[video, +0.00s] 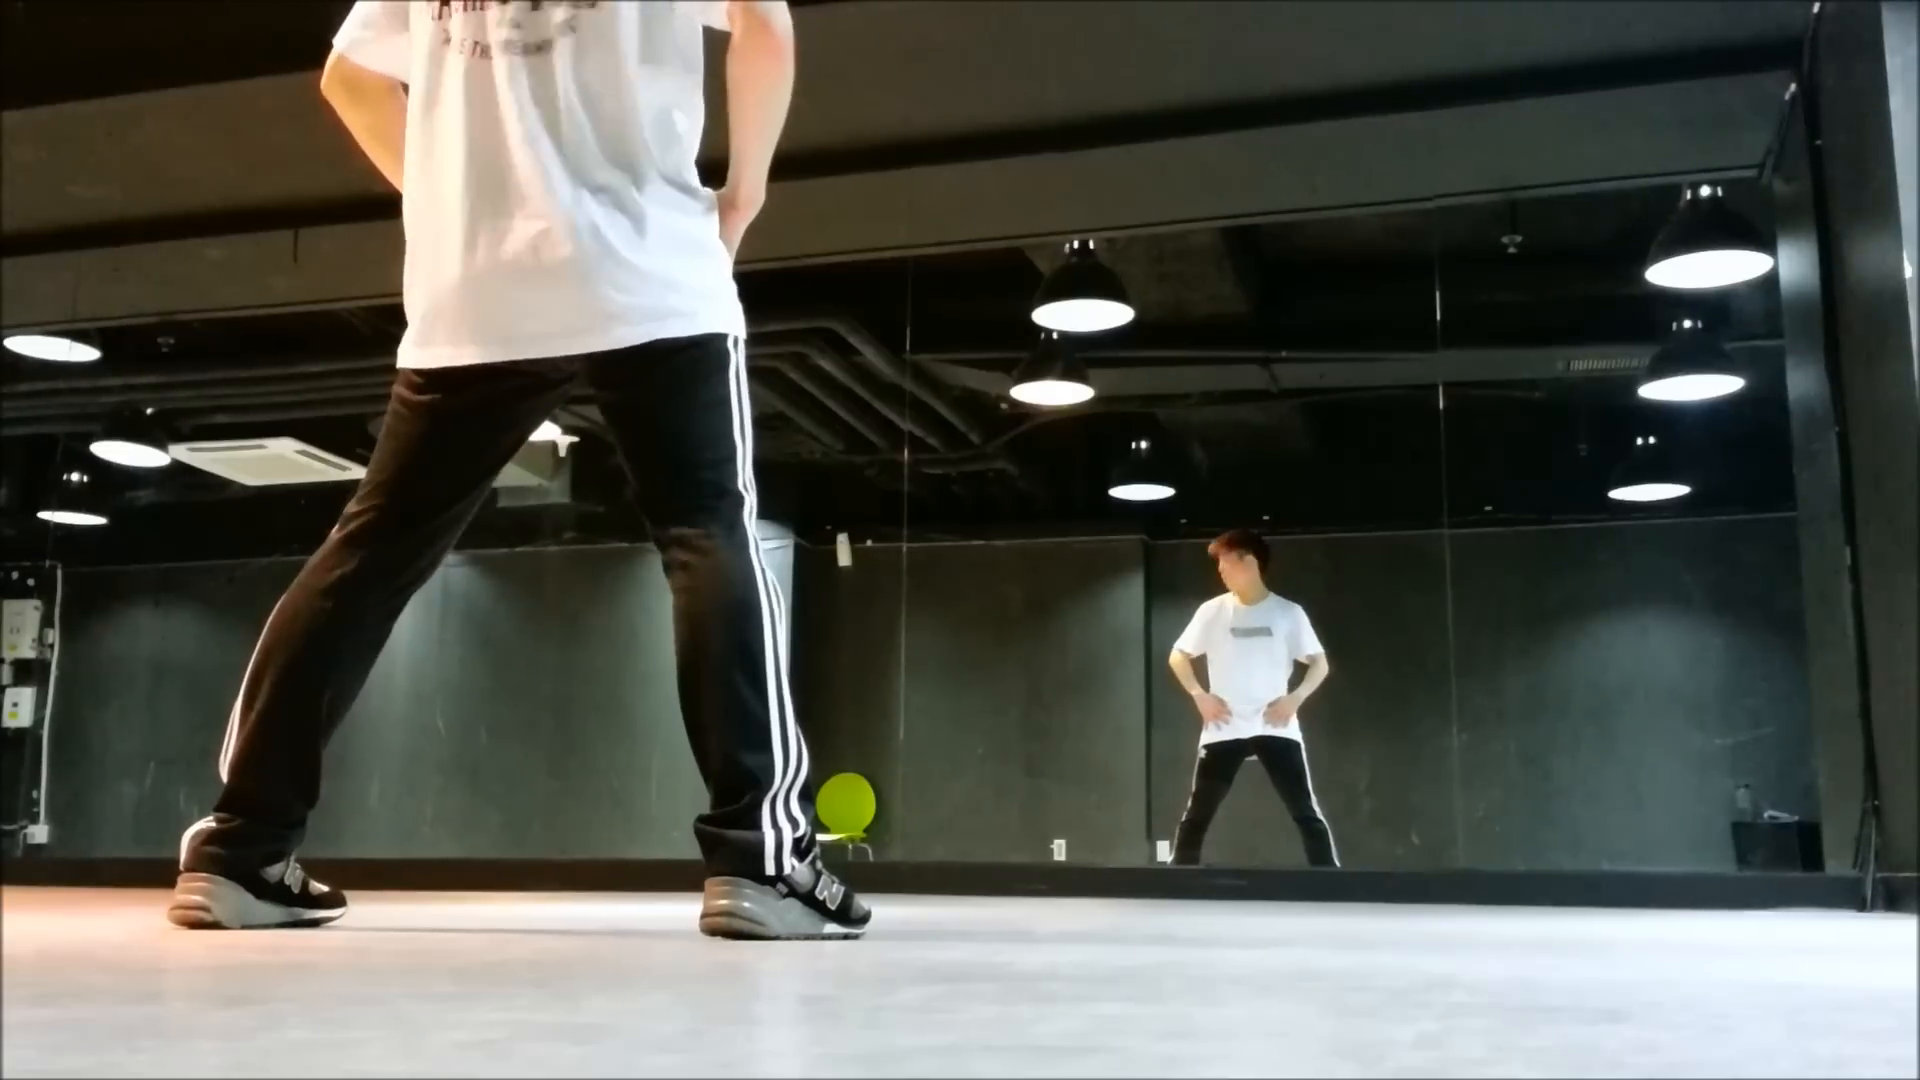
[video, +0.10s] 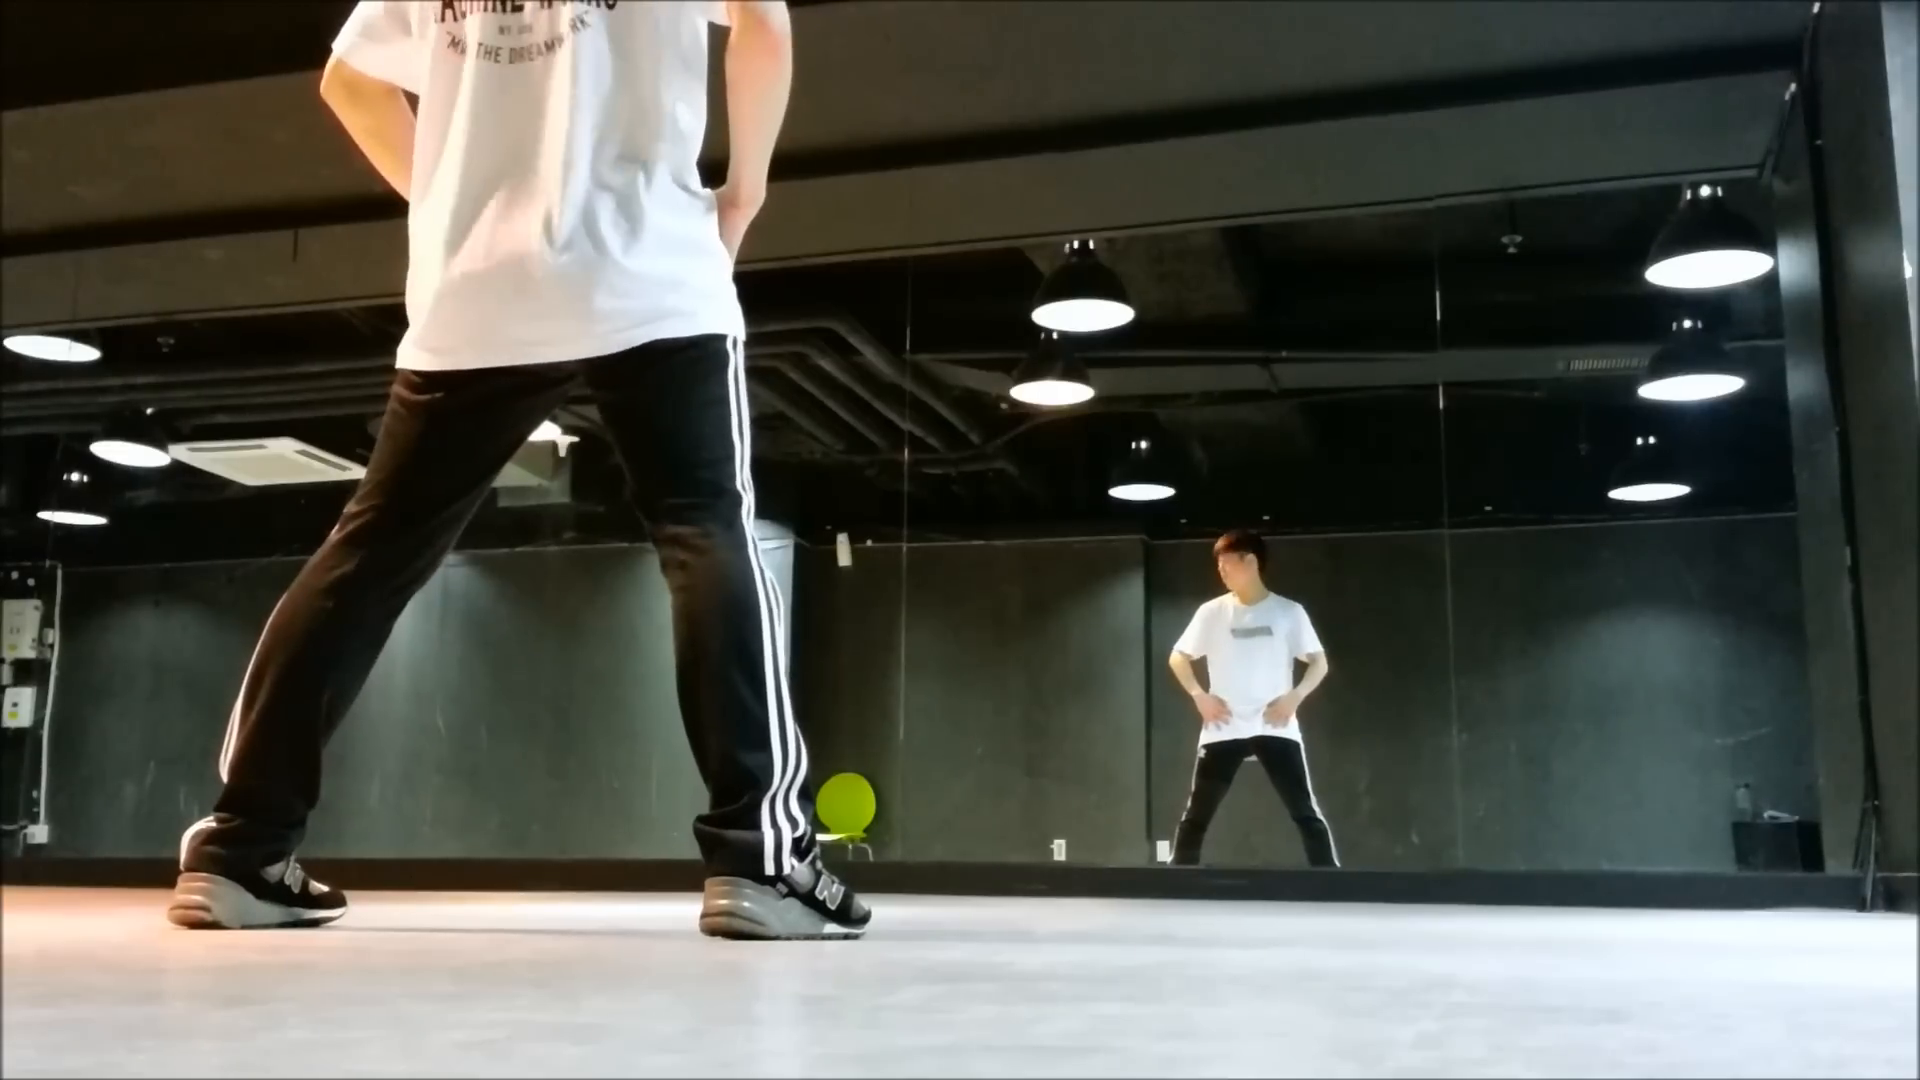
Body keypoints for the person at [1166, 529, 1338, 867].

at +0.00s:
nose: (1219, 570)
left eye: (1225, 562)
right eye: (1219, 563)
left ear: (1250, 561)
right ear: (1235, 565)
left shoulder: (1290, 613)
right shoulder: (1212, 611)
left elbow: (1320, 665)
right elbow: (1178, 656)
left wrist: (1293, 699)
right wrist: (1200, 696)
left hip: (1277, 729)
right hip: (1223, 730)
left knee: (1306, 814)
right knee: (1196, 816)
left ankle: (1333, 889)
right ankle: (1177, 892)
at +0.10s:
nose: (1221, 570)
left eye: (1228, 562)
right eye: (1219, 564)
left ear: (1252, 562)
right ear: (1222, 567)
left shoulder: (1290, 612)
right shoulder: (1211, 612)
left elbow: (1320, 664)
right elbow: (1178, 658)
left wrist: (1293, 698)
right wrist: (1200, 696)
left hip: (1277, 730)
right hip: (1223, 731)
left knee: (1306, 813)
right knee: (1196, 816)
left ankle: (1332, 888)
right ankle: (1177, 891)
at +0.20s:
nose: (1221, 570)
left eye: (1228, 562)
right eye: (1219, 563)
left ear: (1252, 561)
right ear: (1221, 568)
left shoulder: (1290, 612)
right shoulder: (1210, 612)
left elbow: (1320, 664)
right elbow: (1178, 658)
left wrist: (1293, 698)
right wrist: (1200, 696)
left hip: (1277, 730)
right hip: (1223, 731)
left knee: (1306, 813)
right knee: (1196, 815)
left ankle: (1332, 888)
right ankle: (1177, 891)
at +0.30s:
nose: (1221, 570)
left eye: (1228, 562)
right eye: (1219, 564)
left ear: (1252, 561)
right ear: (1221, 568)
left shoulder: (1290, 612)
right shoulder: (1210, 612)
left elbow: (1320, 664)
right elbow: (1178, 658)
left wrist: (1293, 698)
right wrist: (1200, 696)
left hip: (1277, 730)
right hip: (1223, 731)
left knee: (1306, 813)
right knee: (1196, 815)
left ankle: (1332, 888)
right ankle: (1177, 891)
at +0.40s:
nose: (1225, 573)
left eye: (1231, 565)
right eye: (1222, 567)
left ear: (1255, 564)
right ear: (1223, 571)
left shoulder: (1297, 609)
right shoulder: (1216, 613)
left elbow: (1323, 661)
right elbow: (1179, 654)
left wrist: (1292, 699)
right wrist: (1202, 695)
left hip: (1276, 732)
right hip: (1221, 732)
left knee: (1304, 815)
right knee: (1193, 817)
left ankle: (1331, 890)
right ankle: (1177, 893)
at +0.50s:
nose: (1230, 573)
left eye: (1235, 565)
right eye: (1227, 567)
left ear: (1259, 561)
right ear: (1227, 571)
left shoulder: (1302, 605)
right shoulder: (1224, 614)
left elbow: (1320, 661)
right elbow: (1186, 656)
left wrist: (1292, 701)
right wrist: (1201, 695)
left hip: (1276, 733)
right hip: (1222, 731)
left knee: (1302, 815)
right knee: (1193, 816)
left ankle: (1331, 890)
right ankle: (1176, 891)